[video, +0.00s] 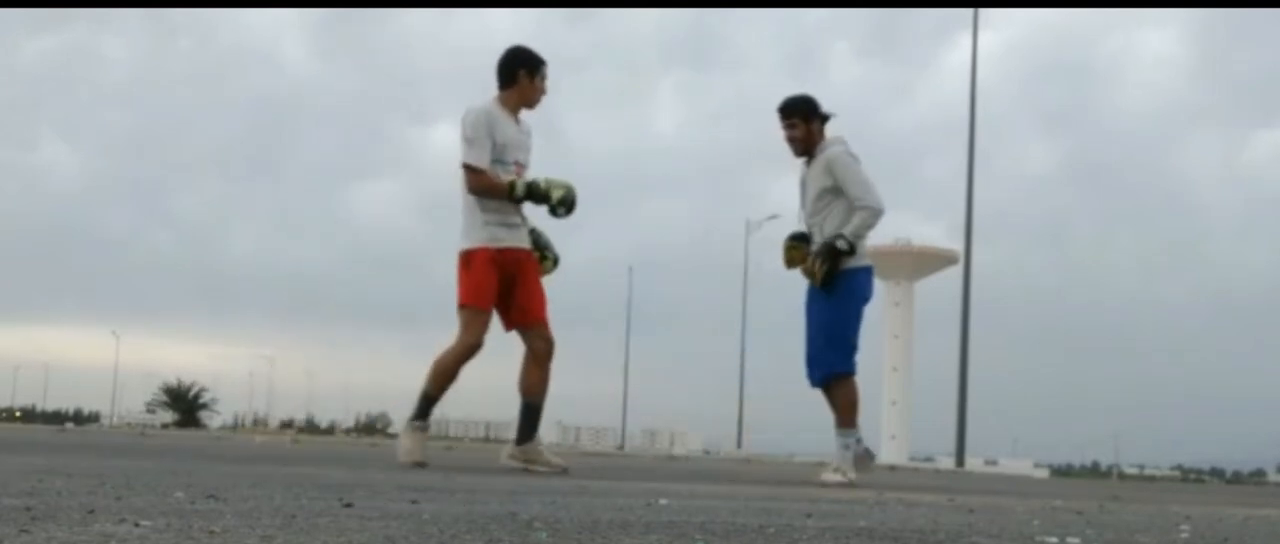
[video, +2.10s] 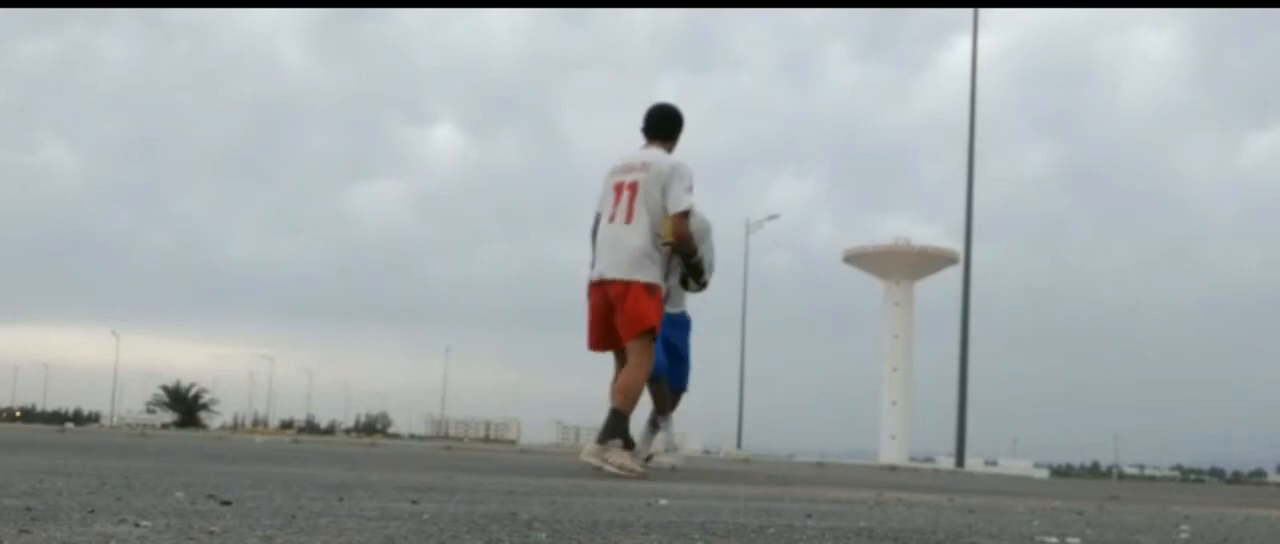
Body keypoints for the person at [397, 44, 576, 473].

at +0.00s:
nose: (544, 89)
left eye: (544, 81)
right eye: (540, 80)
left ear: (522, 80)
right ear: (520, 79)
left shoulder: (523, 131)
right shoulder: (480, 117)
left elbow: (505, 191)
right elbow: (474, 182)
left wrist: (532, 236)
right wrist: (528, 190)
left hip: (517, 247)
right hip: (481, 245)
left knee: (540, 343)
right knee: (470, 339)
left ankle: (526, 443)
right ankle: (416, 426)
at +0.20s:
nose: (573, 104)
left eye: (573, 95)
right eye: (570, 94)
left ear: (550, 92)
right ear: (552, 92)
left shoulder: (546, 146)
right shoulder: (510, 130)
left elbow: (532, 207)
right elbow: (504, 193)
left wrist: (561, 247)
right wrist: (558, 203)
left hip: (543, 256)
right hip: (509, 255)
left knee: (593, 339)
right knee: (516, 350)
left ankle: (569, 434)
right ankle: (468, 439)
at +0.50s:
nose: (615, 118)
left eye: (616, 110)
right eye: (613, 109)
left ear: (592, 107)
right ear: (597, 106)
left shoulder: (585, 153)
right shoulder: (564, 144)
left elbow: (577, 220)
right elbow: (559, 212)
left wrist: (607, 265)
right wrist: (611, 235)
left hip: (587, 272)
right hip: (558, 268)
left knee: (629, 353)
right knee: (556, 360)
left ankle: (616, 450)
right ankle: (480, 433)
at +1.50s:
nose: (644, 117)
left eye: (644, 110)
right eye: (644, 109)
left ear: (607, 106)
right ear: (637, 107)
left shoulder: (587, 145)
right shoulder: (615, 139)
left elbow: (564, 208)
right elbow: (605, 194)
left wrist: (578, 251)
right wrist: (634, 229)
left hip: (585, 263)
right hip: (594, 264)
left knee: (627, 354)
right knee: (593, 353)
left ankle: (606, 445)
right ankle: (532, 442)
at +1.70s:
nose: (657, 110)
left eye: (655, 103)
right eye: (658, 103)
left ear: (622, 99)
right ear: (653, 102)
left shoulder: (602, 139)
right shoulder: (636, 136)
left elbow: (579, 201)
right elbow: (623, 193)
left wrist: (591, 242)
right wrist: (653, 225)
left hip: (595, 256)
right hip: (615, 256)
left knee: (626, 349)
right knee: (622, 347)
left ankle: (603, 442)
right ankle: (562, 427)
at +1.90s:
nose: (673, 128)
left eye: (670, 122)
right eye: (673, 122)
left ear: (638, 117)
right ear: (669, 121)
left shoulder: (612, 155)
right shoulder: (659, 150)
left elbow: (590, 215)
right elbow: (653, 209)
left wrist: (633, 232)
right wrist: (674, 242)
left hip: (596, 268)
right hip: (624, 269)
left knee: (627, 355)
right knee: (639, 357)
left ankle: (607, 444)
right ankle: (605, 445)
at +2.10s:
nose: (677, 141)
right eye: (679, 136)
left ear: (644, 132)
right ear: (677, 136)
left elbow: (597, 225)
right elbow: (678, 227)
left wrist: (600, 265)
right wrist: (694, 266)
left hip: (603, 272)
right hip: (639, 274)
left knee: (624, 360)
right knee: (640, 358)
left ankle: (619, 442)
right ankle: (607, 441)